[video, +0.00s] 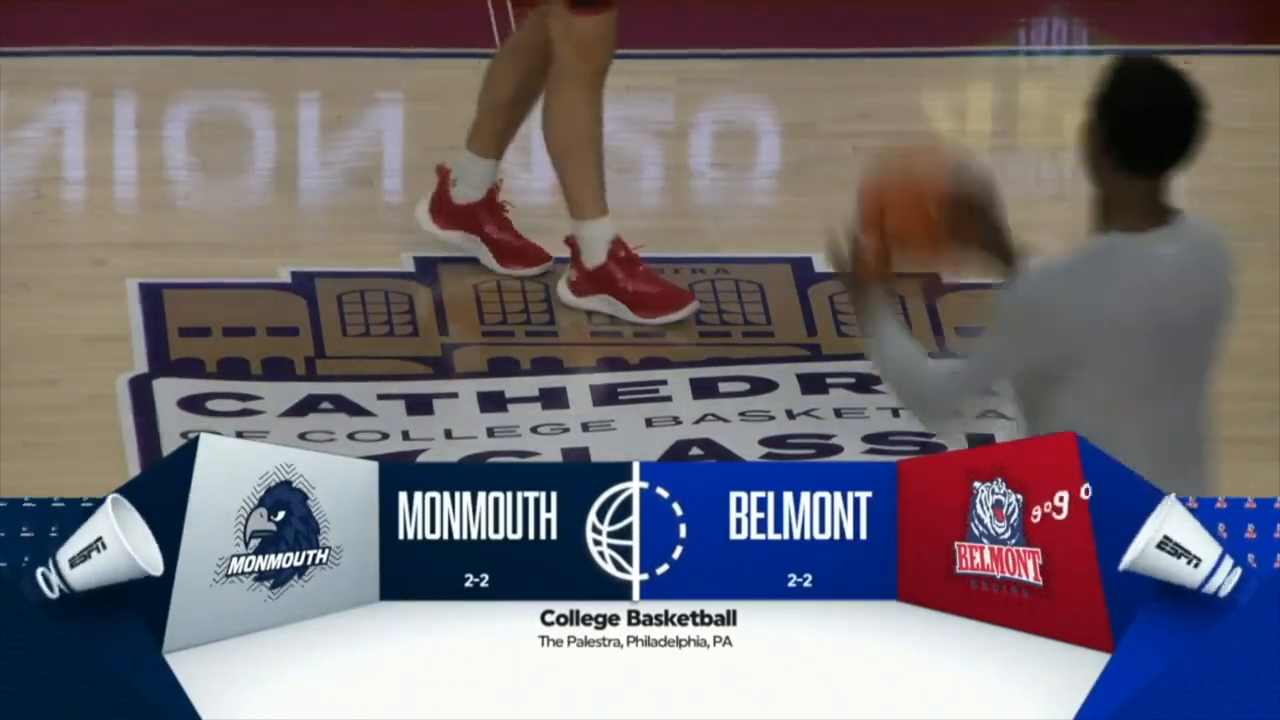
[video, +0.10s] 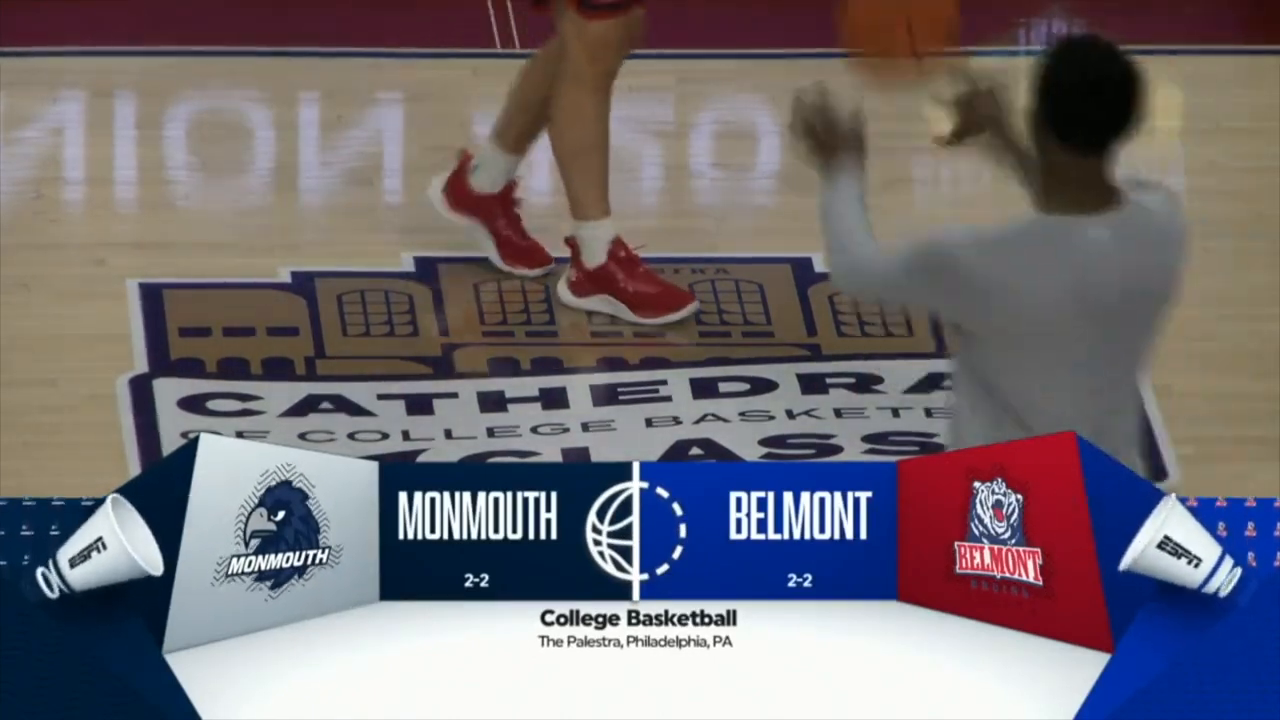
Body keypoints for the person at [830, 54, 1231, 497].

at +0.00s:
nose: (1084, 135)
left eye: (1089, 123)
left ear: (1094, 140)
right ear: (1185, 148)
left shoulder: (1055, 293)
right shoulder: (1206, 256)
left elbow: (937, 398)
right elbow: (1101, 332)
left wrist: (870, 300)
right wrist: (1007, 255)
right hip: (1184, 533)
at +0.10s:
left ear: (1039, 122)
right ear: (1126, 126)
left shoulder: (981, 266)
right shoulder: (1160, 231)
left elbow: (854, 271)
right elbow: (1075, 201)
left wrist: (840, 167)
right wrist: (1000, 138)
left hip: (998, 516)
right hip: (1118, 508)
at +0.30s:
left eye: (910, 77)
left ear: (914, 92)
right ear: (1000, 100)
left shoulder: (859, 213)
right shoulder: (1040, 204)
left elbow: (785, 170)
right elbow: (1053, 138)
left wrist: (816, 65)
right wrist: (1035, 70)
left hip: (891, 469)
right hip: (1015, 467)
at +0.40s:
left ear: (862, 94)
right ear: (951, 101)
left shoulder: (799, 216)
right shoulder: (988, 208)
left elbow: (742, 179)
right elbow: (1031, 153)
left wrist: (764, 95)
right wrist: (1017, 92)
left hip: (836, 484)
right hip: (960, 483)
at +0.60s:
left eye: (775, 32)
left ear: (779, 46)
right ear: (867, 54)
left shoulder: (708, 189)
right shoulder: (920, 170)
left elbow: (644, 313)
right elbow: (960, 308)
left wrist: (594, 381)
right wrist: (955, 339)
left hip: (745, 454)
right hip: (867, 449)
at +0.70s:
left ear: (743, 32)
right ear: (826, 37)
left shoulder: (679, 163)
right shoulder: (883, 150)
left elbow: (625, 330)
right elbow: (901, 304)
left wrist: (573, 466)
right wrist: (905, 420)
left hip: (705, 441)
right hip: (834, 440)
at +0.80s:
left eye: (683, 9)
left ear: (693, 13)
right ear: (783, 16)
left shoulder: (645, 137)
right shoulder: (849, 137)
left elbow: (622, 306)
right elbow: (858, 304)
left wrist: (600, 447)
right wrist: (838, 439)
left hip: (672, 433)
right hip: (793, 432)